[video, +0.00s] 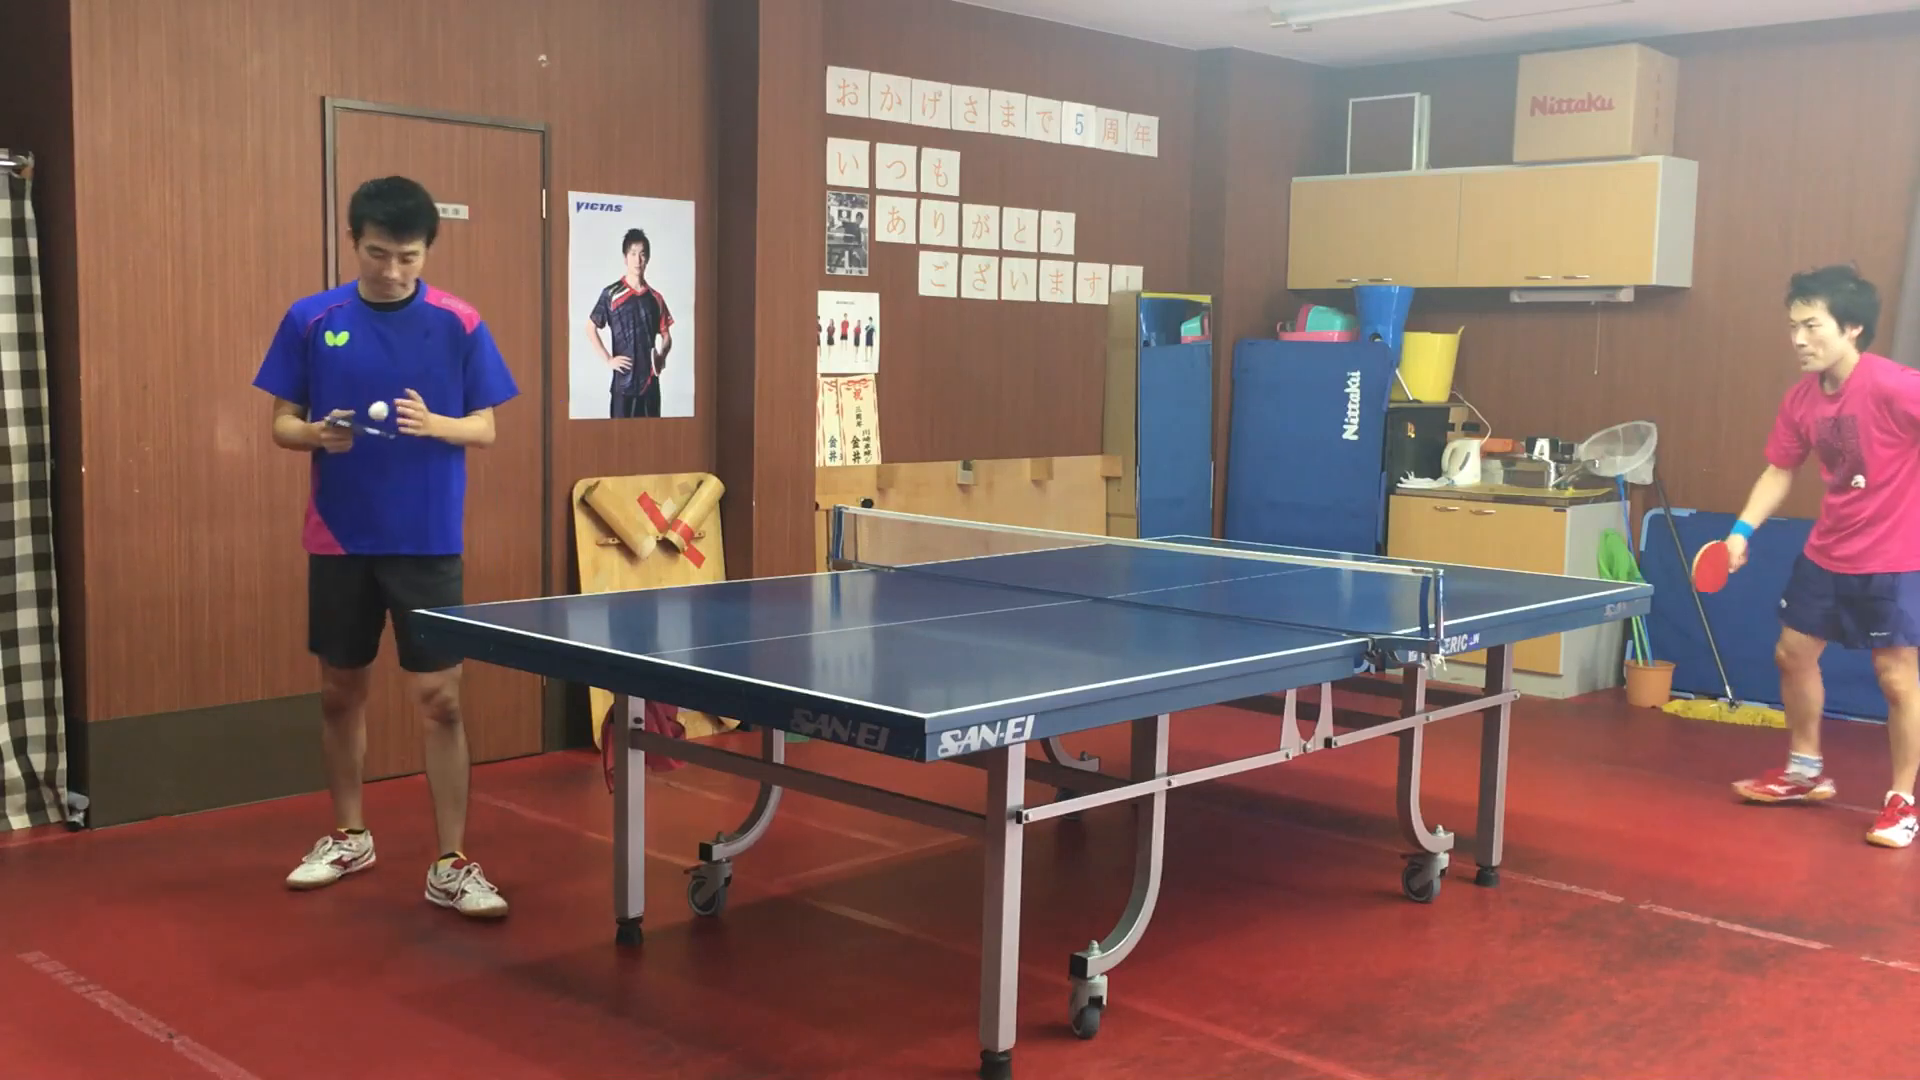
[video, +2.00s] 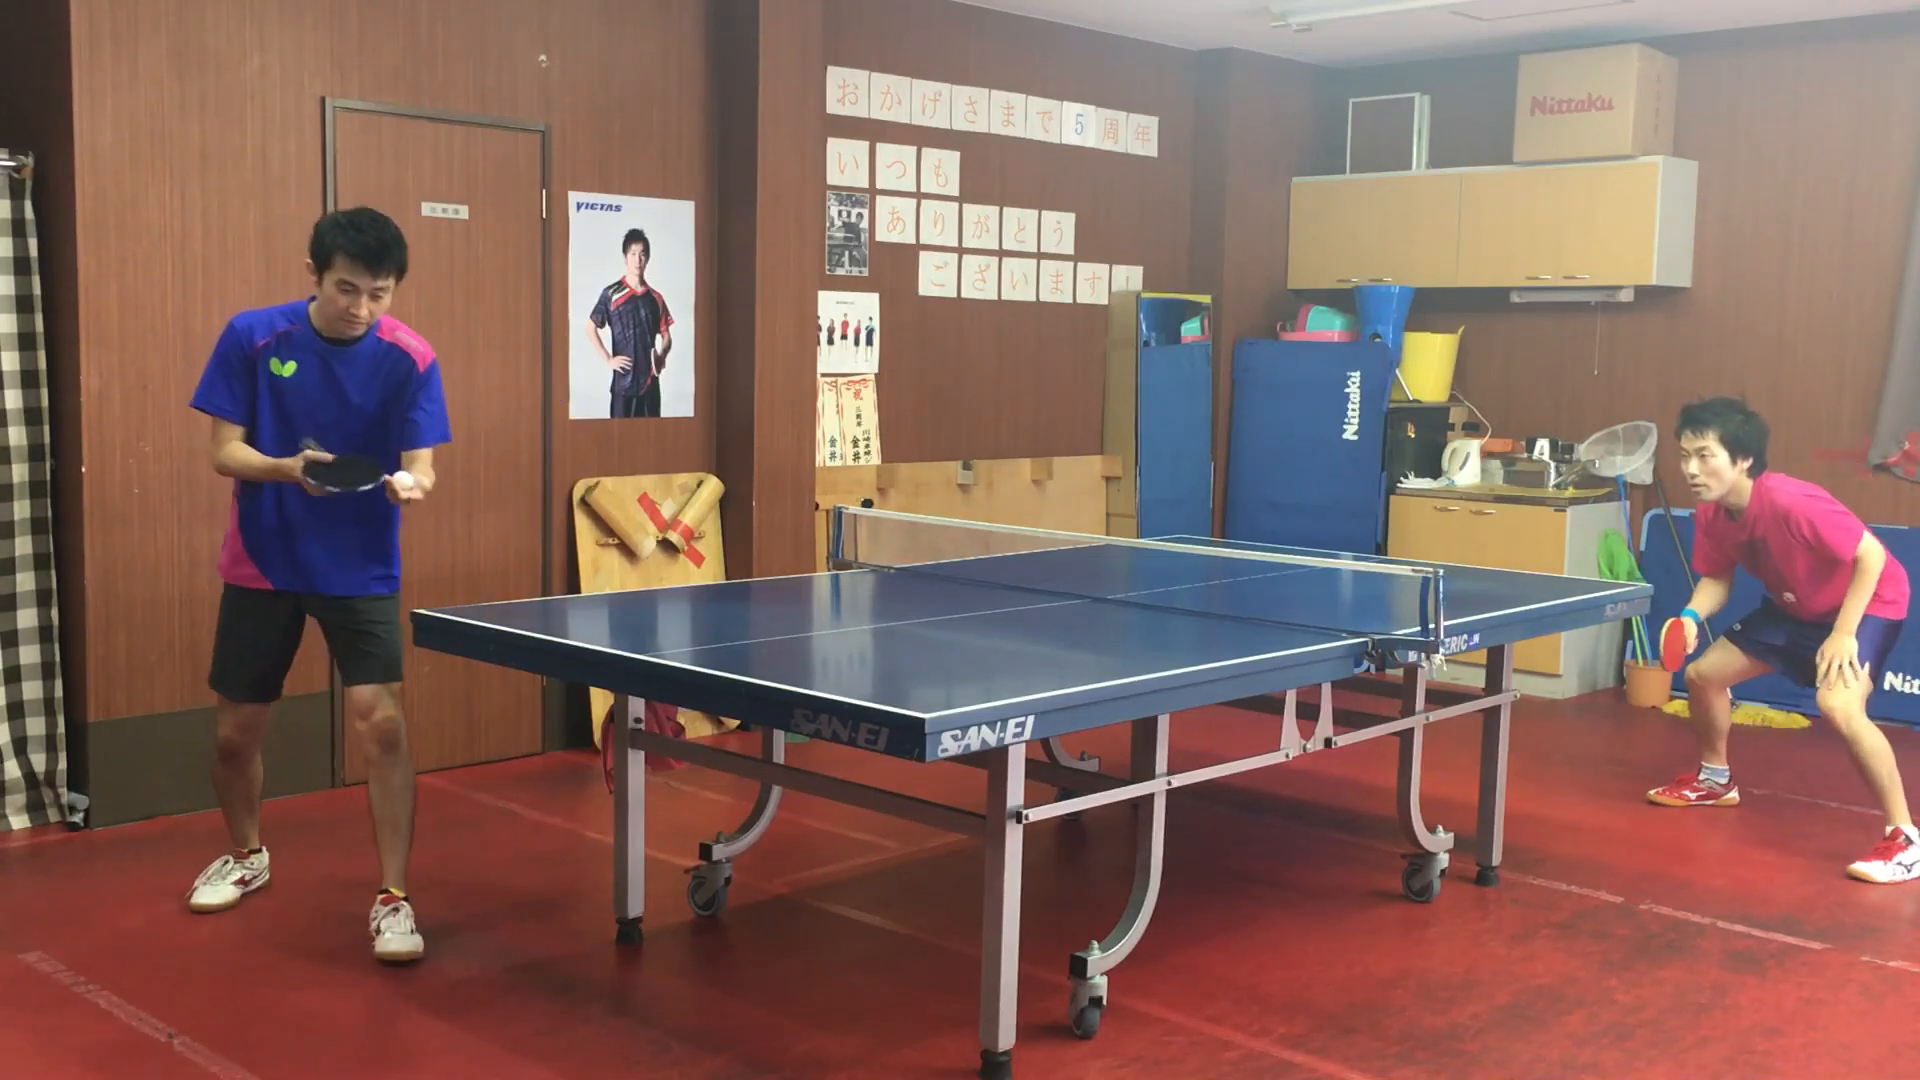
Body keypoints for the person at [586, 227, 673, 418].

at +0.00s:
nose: (638, 260)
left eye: (643, 254)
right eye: (633, 254)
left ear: (648, 258)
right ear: (625, 257)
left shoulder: (655, 298)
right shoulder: (611, 294)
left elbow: (666, 336)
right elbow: (591, 327)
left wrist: (662, 356)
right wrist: (608, 359)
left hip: (650, 379)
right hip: (624, 379)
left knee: (650, 436)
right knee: (622, 436)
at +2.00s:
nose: (638, 259)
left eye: (643, 254)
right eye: (633, 254)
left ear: (648, 258)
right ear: (625, 257)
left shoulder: (655, 297)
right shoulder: (611, 294)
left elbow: (666, 336)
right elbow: (591, 327)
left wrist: (662, 355)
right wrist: (608, 359)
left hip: (649, 378)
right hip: (624, 378)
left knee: (650, 435)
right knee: (622, 436)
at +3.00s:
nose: (639, 259)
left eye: (643, 254)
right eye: (633, 254)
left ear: (648, 258)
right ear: (625, 257)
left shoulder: (655, 297)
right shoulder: (611, 294)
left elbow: (666, 336)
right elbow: (591, 327)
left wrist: (662, 355)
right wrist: (608, 359)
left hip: (649, 378)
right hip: (624, 379)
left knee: (650, 436)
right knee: (622, 436)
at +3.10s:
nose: (639, 259)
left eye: (643, 254)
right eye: (633, 254)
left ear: (648, 258)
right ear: (625, 257)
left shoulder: (655, 297)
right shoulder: (611, 294)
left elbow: (666, 336)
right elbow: (591, 327)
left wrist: (662, 355)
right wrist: (608, 359)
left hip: (649, 378)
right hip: (624, 379)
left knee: (650, 436)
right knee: (622, 436)